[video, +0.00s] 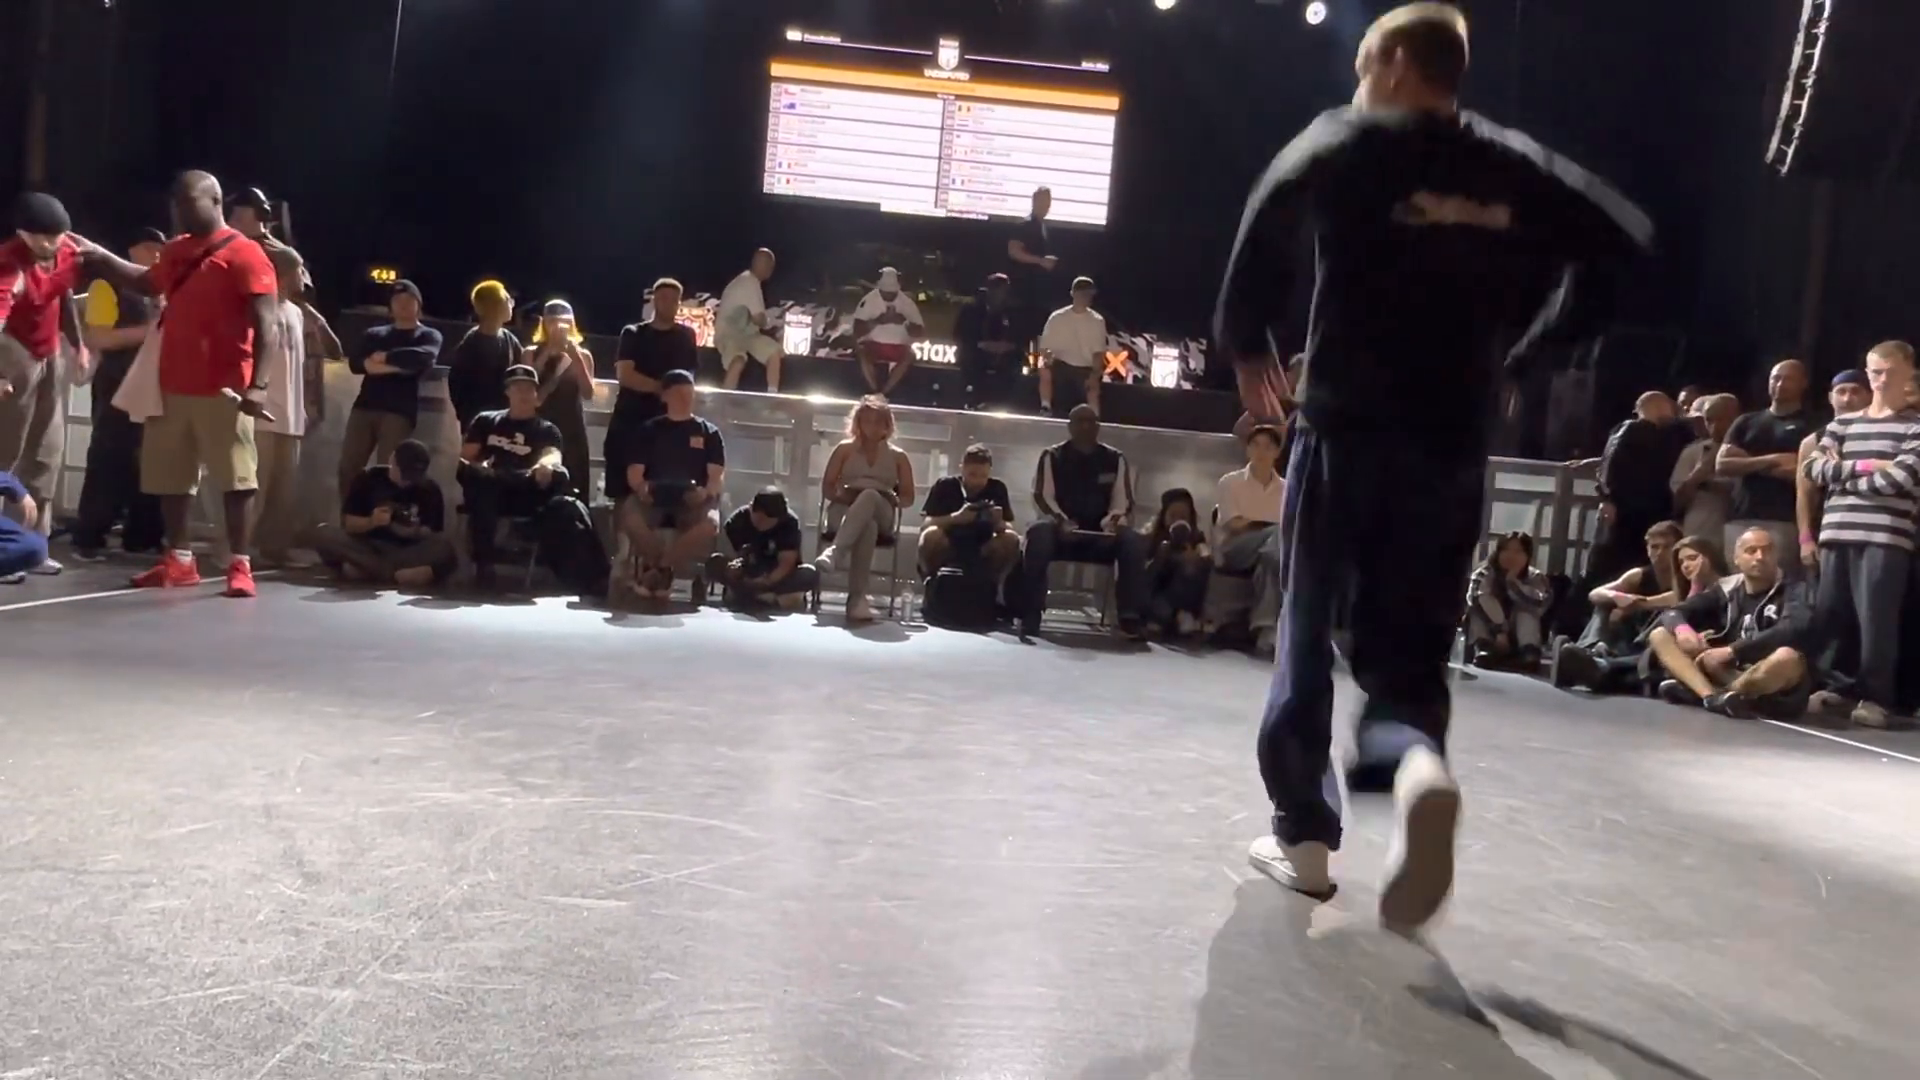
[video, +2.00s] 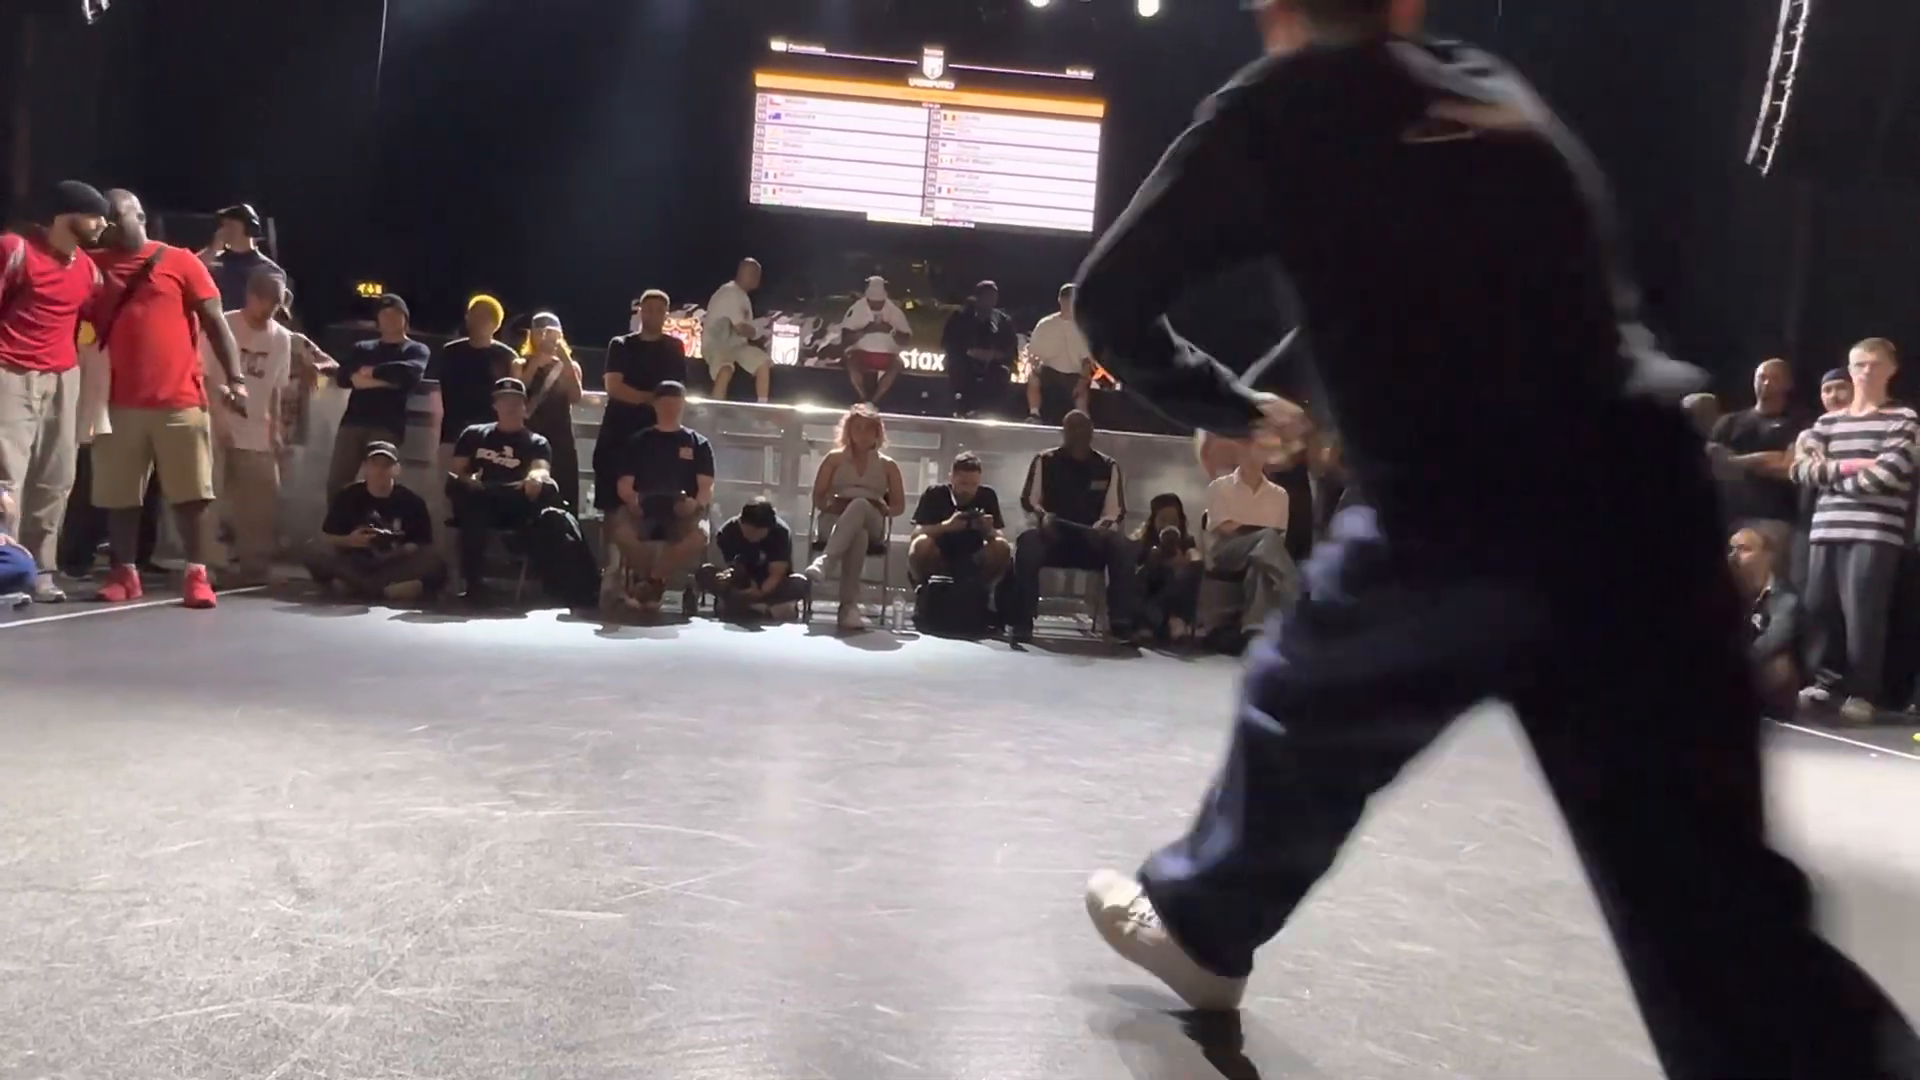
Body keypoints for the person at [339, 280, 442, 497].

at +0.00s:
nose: (403, 305)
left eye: (408, 300)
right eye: (398, 301)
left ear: (418, 305)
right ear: (391, 307)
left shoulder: (430, 335)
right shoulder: (374, 333)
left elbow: (423, 360)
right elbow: (356, 364)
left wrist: (384, 356)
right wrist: (398, 366)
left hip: (399, 413)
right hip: (365, 409)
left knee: (387, 474)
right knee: (348, 468)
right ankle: (349, 526)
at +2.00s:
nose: (391, 319)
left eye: (396, 314)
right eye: (386, 314)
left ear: (405, 319)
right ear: (378, 320)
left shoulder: (417, 350)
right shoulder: (363, 347)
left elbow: (410, 375)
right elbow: (342, 378)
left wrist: (369, 371)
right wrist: (386, 382)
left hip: (387, 424)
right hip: (354, 421)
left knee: (378, 487)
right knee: (337, 483)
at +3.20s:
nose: (376, 352)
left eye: (382, 346)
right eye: (372, 347)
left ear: (393, 351)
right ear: (366, 352)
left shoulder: (406, 380)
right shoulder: (351, 380)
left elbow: (401, 405)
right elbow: (332, 411)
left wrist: (361, 404)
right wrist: (373, 413)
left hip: (378, 456)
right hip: (346, 453)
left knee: (371, 517)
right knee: (330, 516)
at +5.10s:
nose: (397, 348)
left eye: (402, 343)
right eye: (392, 344)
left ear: (412, 348)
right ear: (385, 349)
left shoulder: (425, 377)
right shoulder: (370, 377)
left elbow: (420, 401)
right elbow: (353, 409)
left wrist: (381, 400)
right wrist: (395, 409)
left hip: (397, 455)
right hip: (365, 453)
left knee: (390, 515)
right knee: (352, 513)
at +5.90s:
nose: (407, 338)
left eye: (413, 333)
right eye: (403, 333)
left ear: (423, 339)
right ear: (396, 339)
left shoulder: (435, 367)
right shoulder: (381, 368)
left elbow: (430, 391)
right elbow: (363, 398)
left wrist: (391, 391)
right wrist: (405, 401)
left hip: (408, 443)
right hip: (375, 441)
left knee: (402, 501)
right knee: (361, 499)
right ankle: (358, 551)